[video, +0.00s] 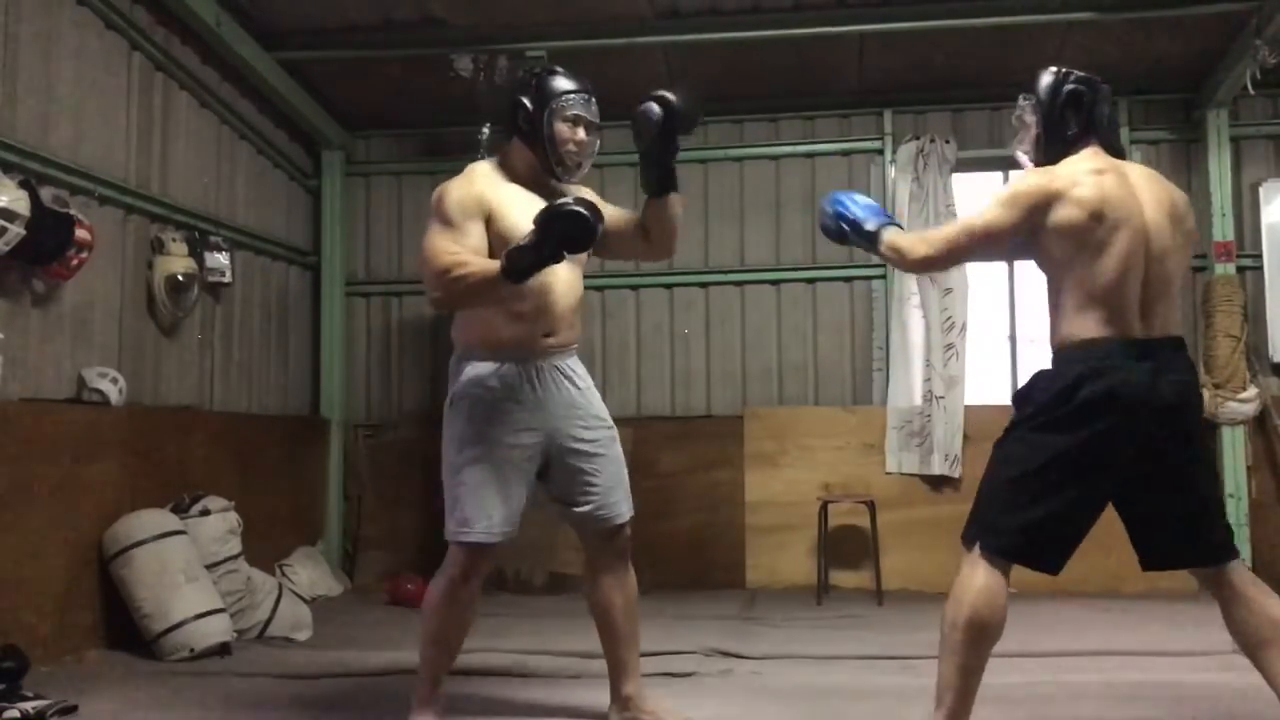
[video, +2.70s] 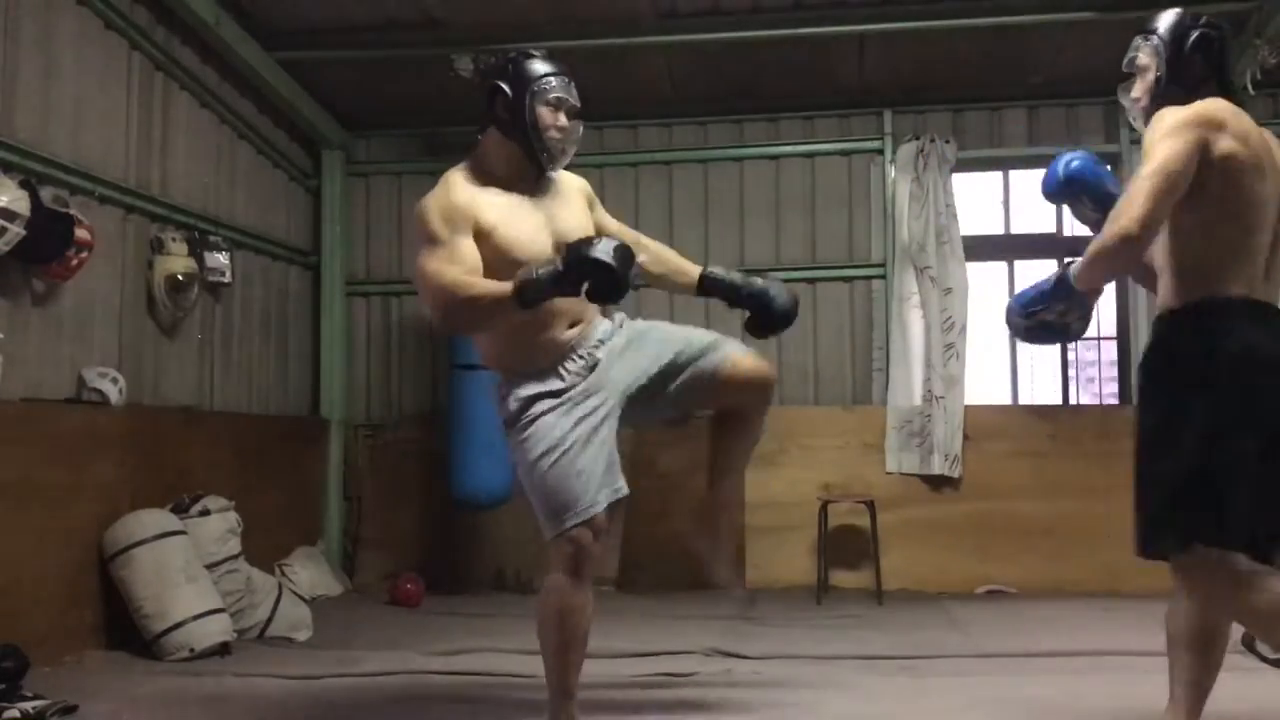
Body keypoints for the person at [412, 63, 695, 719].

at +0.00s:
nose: (584, 137)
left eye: (590, 126)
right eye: (570, 122)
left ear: (592, 133)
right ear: (528, 124)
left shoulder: (576, 203)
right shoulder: (467, 190)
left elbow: (656, 242)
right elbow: (444, 286)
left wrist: (658, 157)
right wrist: (532, 255)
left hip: (568, 380)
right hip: (490, 386)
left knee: (612, 536)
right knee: (471, 555)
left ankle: (629, 697)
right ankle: (426, 703)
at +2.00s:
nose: (599, 122)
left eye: (604, 110)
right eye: (586, 105)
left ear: (600, 119)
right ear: (539, 103)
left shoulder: (574, 202)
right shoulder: (474, 173)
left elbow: (636, 274)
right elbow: (436, 268)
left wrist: (678, 215)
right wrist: (527, 230)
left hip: (569, 385)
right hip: (490, 390)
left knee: (631, 533)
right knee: (460, 564)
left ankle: (641, 703)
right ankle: (401, 708)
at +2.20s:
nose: (582, 105)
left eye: (587, 93)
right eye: (568, 90)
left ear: (587, 103)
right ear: (522, 93)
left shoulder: (588, 174)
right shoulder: (469, 171)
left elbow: (667, 219)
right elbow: (424, 267)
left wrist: (736, 175)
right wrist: (518, 240)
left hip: (603, 370)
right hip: (527, 382)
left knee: (662, 518)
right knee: (566, 537)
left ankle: (653, 692)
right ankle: (502, 689)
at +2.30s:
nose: (554, 123)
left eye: (559, 110)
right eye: (539, 108)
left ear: (563, 118)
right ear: (494, 107)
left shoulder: (572, 191)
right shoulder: (442, 186)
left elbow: (648, 263)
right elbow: (439, 255)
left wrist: (730, 318)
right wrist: (525, 195)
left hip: (615, 346)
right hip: (545, 389)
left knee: (762, 417)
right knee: (586, 553)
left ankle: (749, 552)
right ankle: (559, 711)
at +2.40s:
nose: (553, 134)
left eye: (556, 121)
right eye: (540, 120)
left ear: (556, 127)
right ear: (496, 119)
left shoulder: (568, 194)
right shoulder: (436, 191)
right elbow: (460, 236)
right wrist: (541, 174)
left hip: (626, 323)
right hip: (565, 391)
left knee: (768, 290)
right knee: (591, 558)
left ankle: (922, 329)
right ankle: (564, 710)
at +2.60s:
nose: (568, 129)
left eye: (572, 116)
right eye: (553, 112)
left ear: (572, 122)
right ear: (504, 112)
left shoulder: (568, 187)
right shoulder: (448, 196)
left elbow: (637, 275)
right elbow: (457, 288)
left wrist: (706, 345)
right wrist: (551, 242)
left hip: (615, 326)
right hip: (557, 390)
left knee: (751, 281)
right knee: (593, 550)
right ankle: (566, 710)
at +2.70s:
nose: (569, 125)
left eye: (574, 113)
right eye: (553, 110)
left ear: (577, 120)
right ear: (506, 112)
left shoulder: (569, 188)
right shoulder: (450, 204)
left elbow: (632, 249)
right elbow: (448, 304)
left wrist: (728, 287)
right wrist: (548, 283)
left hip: (613, 342)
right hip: (546, 393)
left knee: (753, 376)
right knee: (580, 547)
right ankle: (563, 709)